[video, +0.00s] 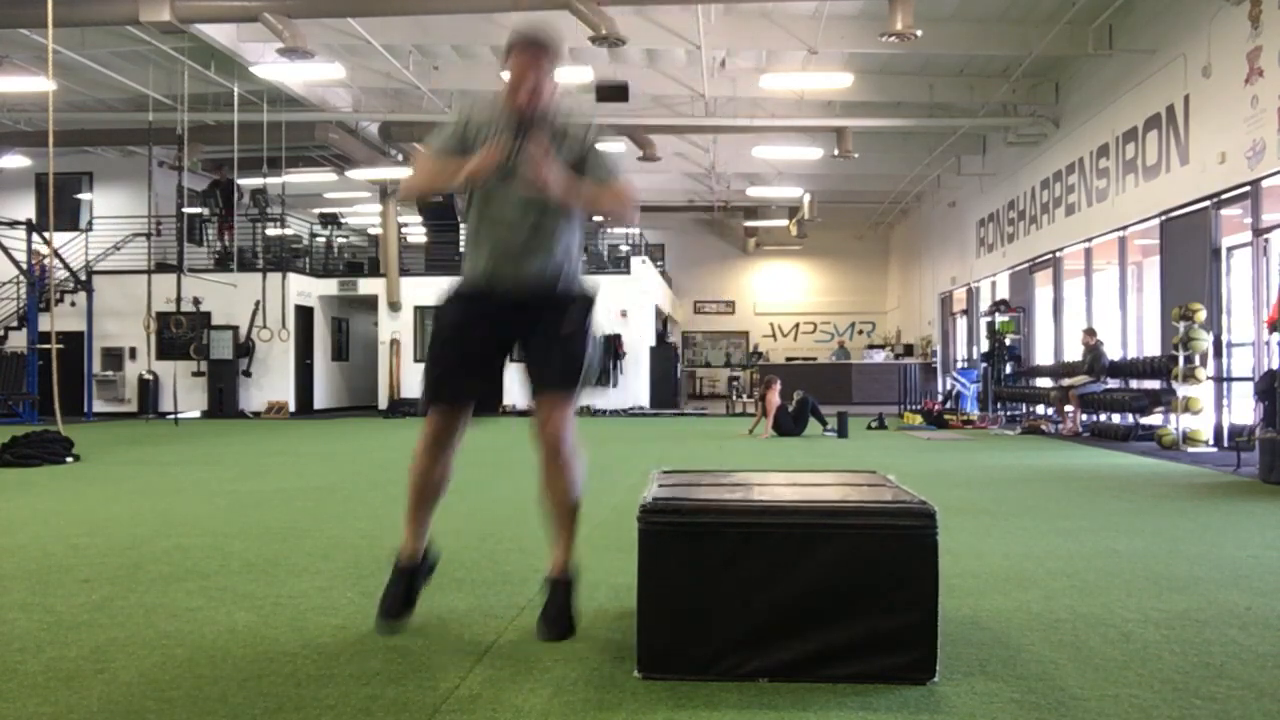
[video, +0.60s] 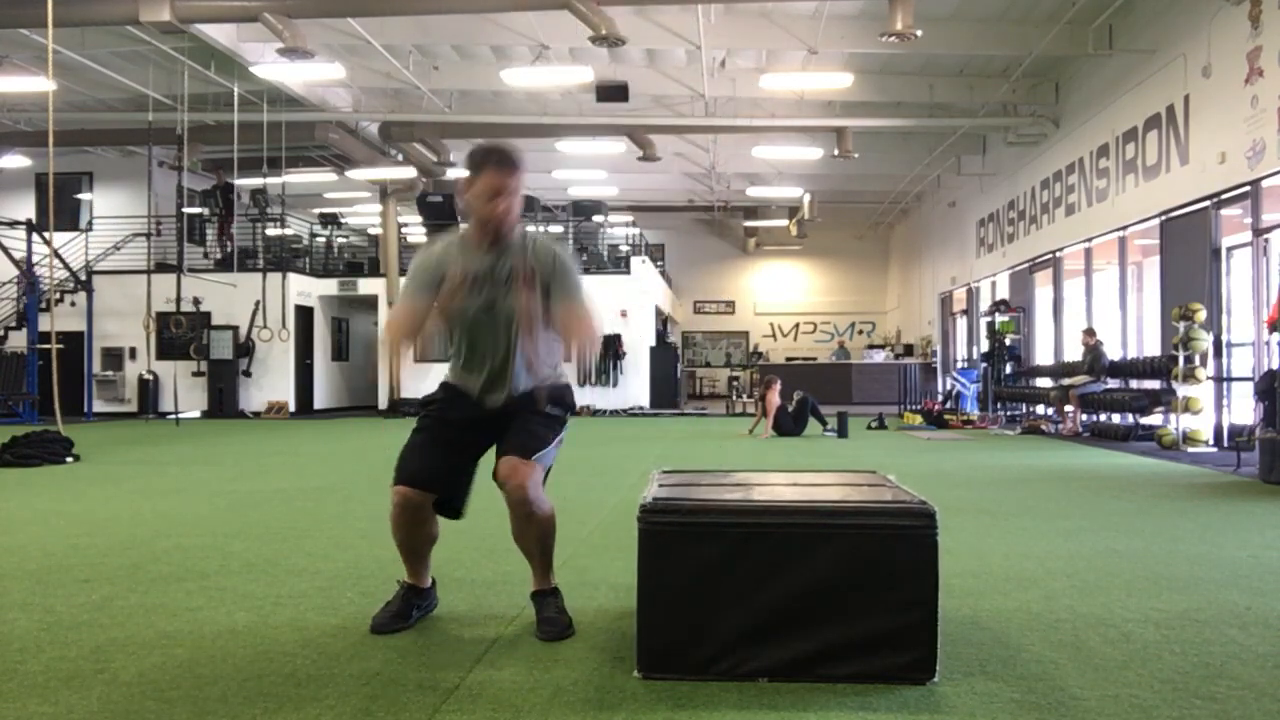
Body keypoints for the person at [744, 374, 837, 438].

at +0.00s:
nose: (780, 386)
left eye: (779, 384)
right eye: (778, 384)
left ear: (768, 385)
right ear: (773, 385)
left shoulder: (765, 396)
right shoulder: (773, 396)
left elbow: (759, 415)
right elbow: (770, 416)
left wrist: (751, 430)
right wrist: (766, 433)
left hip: (785, 430)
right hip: (792, 431)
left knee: (804, 399)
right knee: (807, 400)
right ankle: (826, 426)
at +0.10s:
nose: (780, 387)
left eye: (779, 384)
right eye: (778, 384)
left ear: (768, 385)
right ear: (773, 385)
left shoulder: (765, 396)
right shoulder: (773, 396)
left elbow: (759, 415)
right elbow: (770, 416)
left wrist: (751, 430)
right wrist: (766, 433)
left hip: (784, 430)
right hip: (792, 431)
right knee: (807, 400)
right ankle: (826, 426)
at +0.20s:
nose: (780, 386)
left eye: (780, 384)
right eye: (778, 384)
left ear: (768, 385)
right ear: (773, 385)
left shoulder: (766, 396)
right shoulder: (773, 396)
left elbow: (760, 415)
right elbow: (770, 416)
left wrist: (751, 430)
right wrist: (766, 433)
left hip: (784, 430)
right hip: (792, 431)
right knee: (807, 399)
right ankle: (826, 426)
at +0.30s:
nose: (780, 386)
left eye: (780, 384)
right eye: (778, 384)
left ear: (768, 385)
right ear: (773, 385)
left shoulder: (765, 396)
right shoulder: (773, 396)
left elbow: (760, 415)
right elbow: (770, 416)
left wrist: (751, 430)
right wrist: (766, 433)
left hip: (784, 430)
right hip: (792, 431)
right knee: (807, 399)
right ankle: (826, 426)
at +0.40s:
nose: (780, 387)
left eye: (780, 384)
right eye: (779, 384)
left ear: (768, 386)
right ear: (773, 385)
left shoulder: (765, 396)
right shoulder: (773, 396)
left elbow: (759, 415)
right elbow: (769, 416)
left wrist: (751, 430)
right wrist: (766, 433)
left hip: (784, 430)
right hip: (792, 431)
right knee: (806, 399)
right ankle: (826, 426)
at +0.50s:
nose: (780, 386)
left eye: (780, 384)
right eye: (778, 384)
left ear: (768, 385)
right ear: (773, 385)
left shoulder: (765, 396)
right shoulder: (773, 396)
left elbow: (760, 415)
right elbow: (770, 416)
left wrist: (751, 430)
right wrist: (766, 433)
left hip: (784, 430)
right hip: (792, 431)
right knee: (807, 399)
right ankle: (826, 426)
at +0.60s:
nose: (780, 387)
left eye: (779, 384)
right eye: (778, 384)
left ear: (768, 385)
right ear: (773, 385)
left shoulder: (765, 396)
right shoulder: (773, 396)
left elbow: (759, 415)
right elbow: (770, 416)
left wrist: (751, 430)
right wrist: (766, 433)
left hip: (784, 430)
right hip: (792, 431)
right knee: (807, 399)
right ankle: (826, 426)